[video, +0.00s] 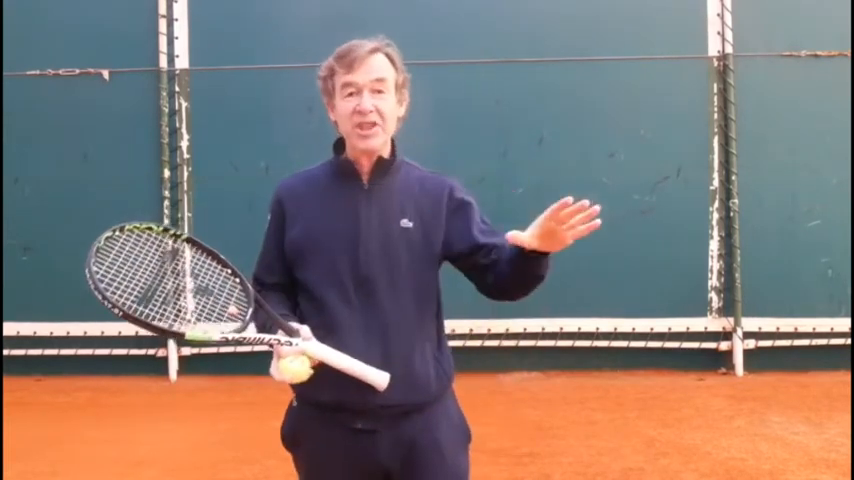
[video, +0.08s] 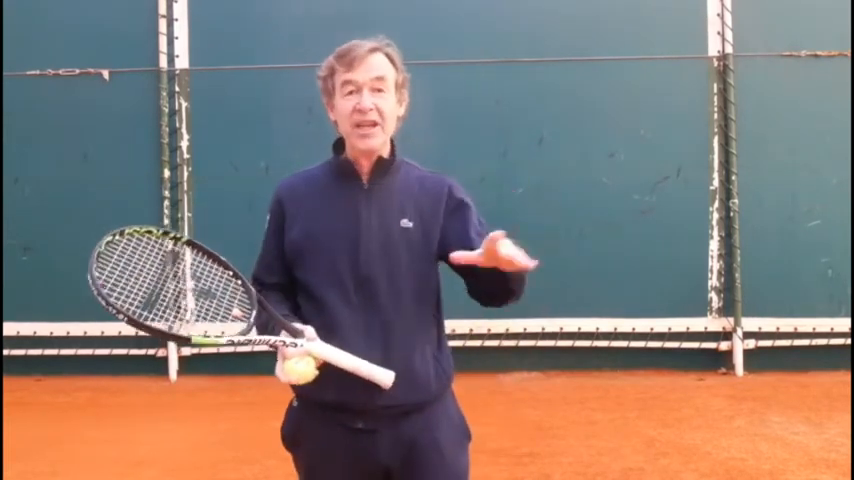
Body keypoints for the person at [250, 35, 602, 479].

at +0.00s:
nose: (364, 105)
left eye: (378, 91)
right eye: (350, 93)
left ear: (400, 104)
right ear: (332, 109)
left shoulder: (438, 197)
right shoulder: (293, 199)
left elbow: (499, 279)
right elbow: (270, 290)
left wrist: (532, 252)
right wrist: (285, 337)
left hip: (424, 423)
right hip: (328, 424)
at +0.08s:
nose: (365, 103)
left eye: (378, 90)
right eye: (350, 91)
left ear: (400, 102)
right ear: (332, 108)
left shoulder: (437, 195)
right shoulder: (293, 198)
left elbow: (491, 294)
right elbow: (269, 289)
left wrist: (502, 269)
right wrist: (288, 335)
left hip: (425, 421)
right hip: (328, 422)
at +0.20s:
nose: (364, 102)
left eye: (377, 87)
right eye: (349, 90)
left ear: (399, 102)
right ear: (330, 107)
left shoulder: (435, 196)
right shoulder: (292, 199)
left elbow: (483, 285)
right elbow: (270, 293)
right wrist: (298, 332)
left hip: (425, 420)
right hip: (328, 424)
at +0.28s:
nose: (363, 100)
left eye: (376, 86)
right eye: (348, 88)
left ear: (398, 104)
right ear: (330, 108)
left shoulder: (434, 197)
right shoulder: (291, 200)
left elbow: (473, 291)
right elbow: (269, 299)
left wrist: (426, 322)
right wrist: (305, 332)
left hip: (425, 422)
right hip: (328, 426)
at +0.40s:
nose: (360, 100)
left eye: (373, 87)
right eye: (346, 90)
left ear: (397, 104)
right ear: (329, 110)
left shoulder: (436, 199)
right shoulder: (291, 202)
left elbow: (471, 289)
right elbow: (271, 305)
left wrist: (428, 331)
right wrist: (312, 334)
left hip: (425, 423)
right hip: (328, 428)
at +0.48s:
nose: (361, 98)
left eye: (375, 86)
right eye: (348, 88)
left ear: (399, 103)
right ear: (331, 109)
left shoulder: (438, 199)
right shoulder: (292, 201)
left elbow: (475, 289)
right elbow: (274, 313)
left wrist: (434, 331)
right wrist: (316, 334)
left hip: (427, 424)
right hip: (330, 428)